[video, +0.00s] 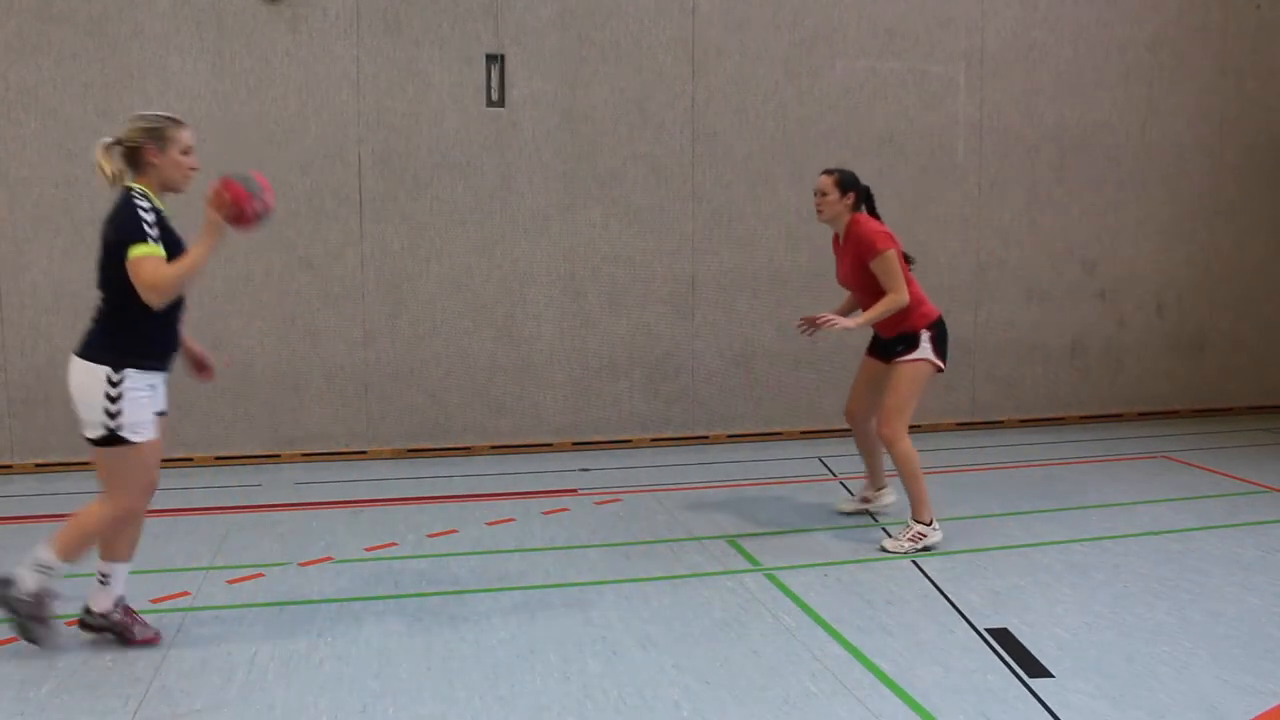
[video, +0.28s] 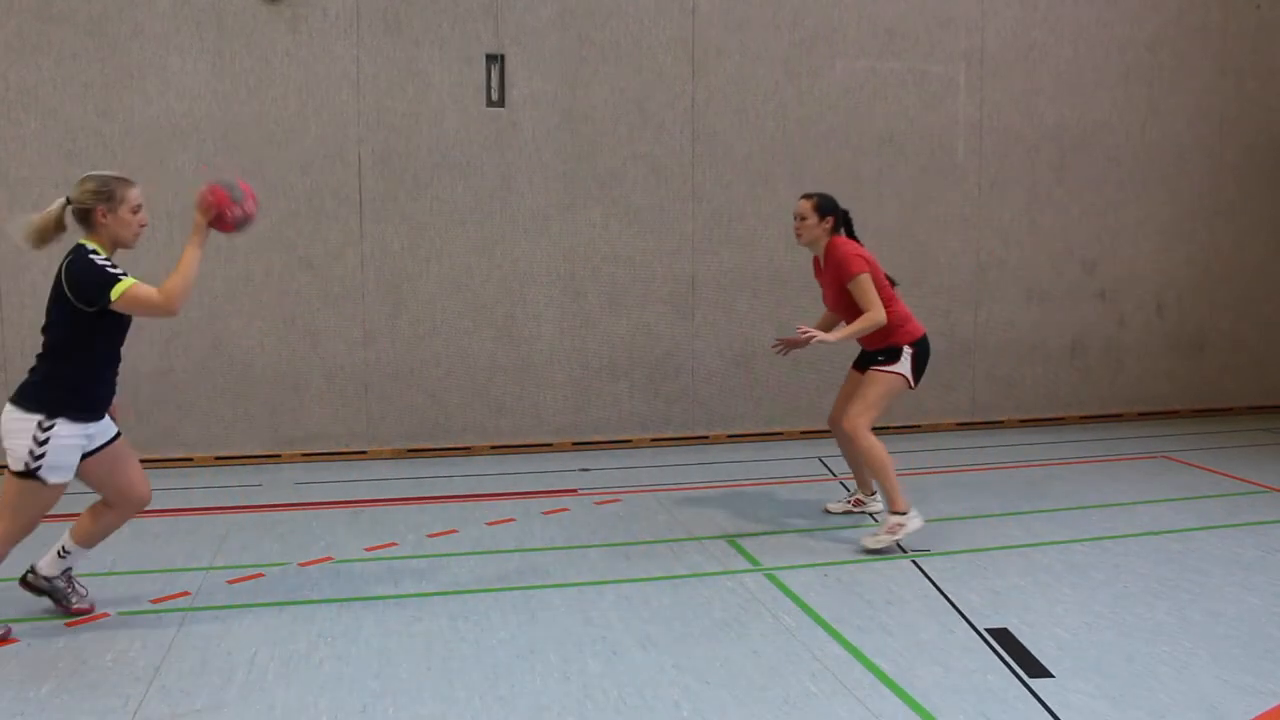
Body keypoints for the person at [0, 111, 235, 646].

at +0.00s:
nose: (194, 162)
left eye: (193, 152)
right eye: (185, 152)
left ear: (155, 157)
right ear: (152, 156)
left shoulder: (149, 210)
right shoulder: (132, 212)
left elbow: (148, 292)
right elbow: (154, 289)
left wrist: (183, 343)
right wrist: (209, 235)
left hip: (140, 372)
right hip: (113, 373)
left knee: (138, 488)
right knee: (123, 496)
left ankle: (105, 604)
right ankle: (29, 582)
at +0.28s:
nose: (144, 219)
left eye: (142, 209)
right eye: (135, 210)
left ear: (104, 216)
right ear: (102, 215)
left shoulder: (103, 266)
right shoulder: (82, 267)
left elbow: (84, 342)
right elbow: (167, 303)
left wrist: (103, 395)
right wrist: (199, 232)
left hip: (86, 418)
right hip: (44, 421)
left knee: (130, 495)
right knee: (9, 532)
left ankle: (50, 570)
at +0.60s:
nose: (213, 205)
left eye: (215, 196)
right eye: (208, 195)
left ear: (176, 191)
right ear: (177, 188)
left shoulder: (160, 233)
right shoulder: (158, 238)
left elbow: (158, 312)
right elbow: (136, 319)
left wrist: (197, 349)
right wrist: (182, 367)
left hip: (106, 370)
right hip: (122, 377)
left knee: (96, 475)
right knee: (142, 486)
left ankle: (43, 574)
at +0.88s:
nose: (312, 225)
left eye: (312, 215)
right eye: (306, 215)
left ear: (277, 217)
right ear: (277, 216)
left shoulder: (263, 261)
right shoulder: (262, 265)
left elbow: (278, 340)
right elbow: (278, 343)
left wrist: (325, 353)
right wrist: (328, 357)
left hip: (228, 393)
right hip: (209, 395)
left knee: (279, 465)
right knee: (228, 501)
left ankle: (197, 535)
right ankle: (139, 572)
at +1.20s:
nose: (482, 183)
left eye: (482, 175)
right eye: (474, 175)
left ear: (465, 182)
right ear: (447, 181)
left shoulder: (472, 230)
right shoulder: (433, 222)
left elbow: (477, 282)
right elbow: (421, 257)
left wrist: (525, 294)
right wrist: (494, 253)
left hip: (459, 360)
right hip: (428, 360)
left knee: (454, 455)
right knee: (445, 456)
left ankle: (398, 537)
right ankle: (361, 514)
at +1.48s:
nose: (662, 195)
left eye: (660, 187)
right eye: (653, 188)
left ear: (638, 195)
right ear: (629, 193)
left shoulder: (648, 239)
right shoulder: (611, 234)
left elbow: (643, 300)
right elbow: (562, 237)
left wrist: (663, 341)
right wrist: (528, 184)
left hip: (655, 364)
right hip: (619, 367)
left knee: (695, 435)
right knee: (600, 461)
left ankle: (721, 513)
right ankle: (532, 543)